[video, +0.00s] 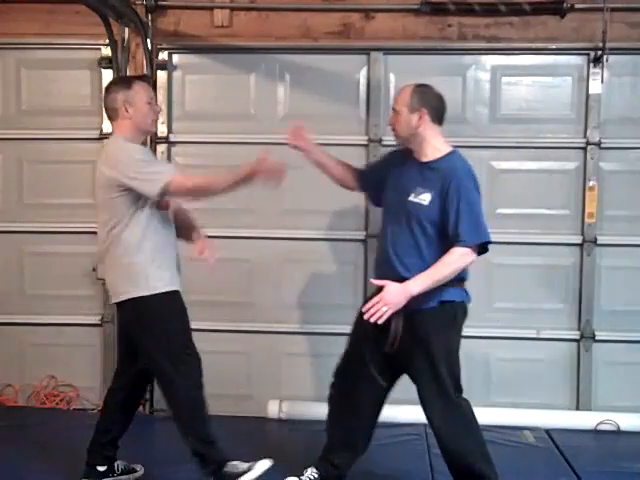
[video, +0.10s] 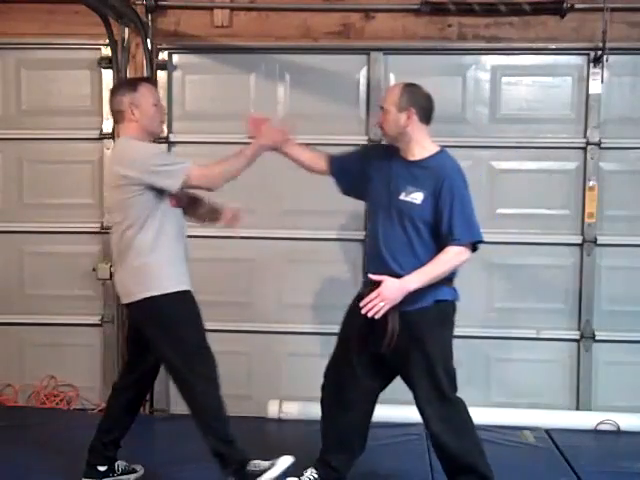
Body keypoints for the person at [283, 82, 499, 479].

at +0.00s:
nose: (389, 120)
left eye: (396, 112)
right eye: (391, 112)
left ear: (421, 118)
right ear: (421, 118)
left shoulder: (456, 172)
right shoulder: (397, 162)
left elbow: (468, 249)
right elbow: (357, 179)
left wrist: (406, 289)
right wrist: (312, 151)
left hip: (434, 307)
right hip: (386, 301)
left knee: (443, 404)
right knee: (352, 389)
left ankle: (480, 479)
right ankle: (329, 470)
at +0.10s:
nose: (378, 118)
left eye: (384, 111)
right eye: (380, 110)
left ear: (409, 117)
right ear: (407, 117)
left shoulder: (445, 172)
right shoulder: (376, 160)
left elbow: (462, 247)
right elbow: (323, 163)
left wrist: (404, 283)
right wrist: (280, 141)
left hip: (424, 307)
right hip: (374, 300)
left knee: (439, 406)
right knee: (343, 391)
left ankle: (474, 477)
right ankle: (330, 471)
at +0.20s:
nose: (365, 115)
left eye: (372, 108)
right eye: (367, 107)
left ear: (398, 115)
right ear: (389, 115)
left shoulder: (433, 171)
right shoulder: (356, 157)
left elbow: (456, 244)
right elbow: (302, 162)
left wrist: (404, 286)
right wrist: (261, 157)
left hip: (418, 305)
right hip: (365, 299)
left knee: (431, 400)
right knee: (338, 388)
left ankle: (461, 475)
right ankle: (332, 471)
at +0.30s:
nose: (350, 113)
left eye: (358, 106)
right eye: (352, 105)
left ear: (383, 115)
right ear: (380, 115)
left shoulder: (421, 167)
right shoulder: (344, 164)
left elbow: (447, 236)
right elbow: (296, 195)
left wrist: (409, 290)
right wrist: (254, 200)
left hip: (411, 302)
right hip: (358, 300)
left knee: (431, 404)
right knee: (335, 388)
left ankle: (457, 474)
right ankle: (330, 470)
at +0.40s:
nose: (340, 113)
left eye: (349, 107)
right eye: (343, 105)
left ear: (374, 118)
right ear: (369, 118)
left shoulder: (412, 167)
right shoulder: (339, 172)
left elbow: (442, 234)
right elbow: (294, 218)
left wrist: (410, 291)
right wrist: (243, 239)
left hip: (408, 300)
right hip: (356, 301)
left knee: (432, 402)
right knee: (332, 388)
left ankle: (459, 474)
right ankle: (329, 471)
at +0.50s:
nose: (340, 114)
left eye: (349, 108)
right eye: (343, 106)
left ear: (376, 118)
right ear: (368, 118)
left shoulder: (412, 167)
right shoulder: (338, 174)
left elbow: (439, 236)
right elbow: (297, 221)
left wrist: (404, 292)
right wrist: (245, 250)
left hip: (409, 301)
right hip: (356, 303)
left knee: (432, 403)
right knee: (330, 384)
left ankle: (460, 475)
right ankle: (329, 470)